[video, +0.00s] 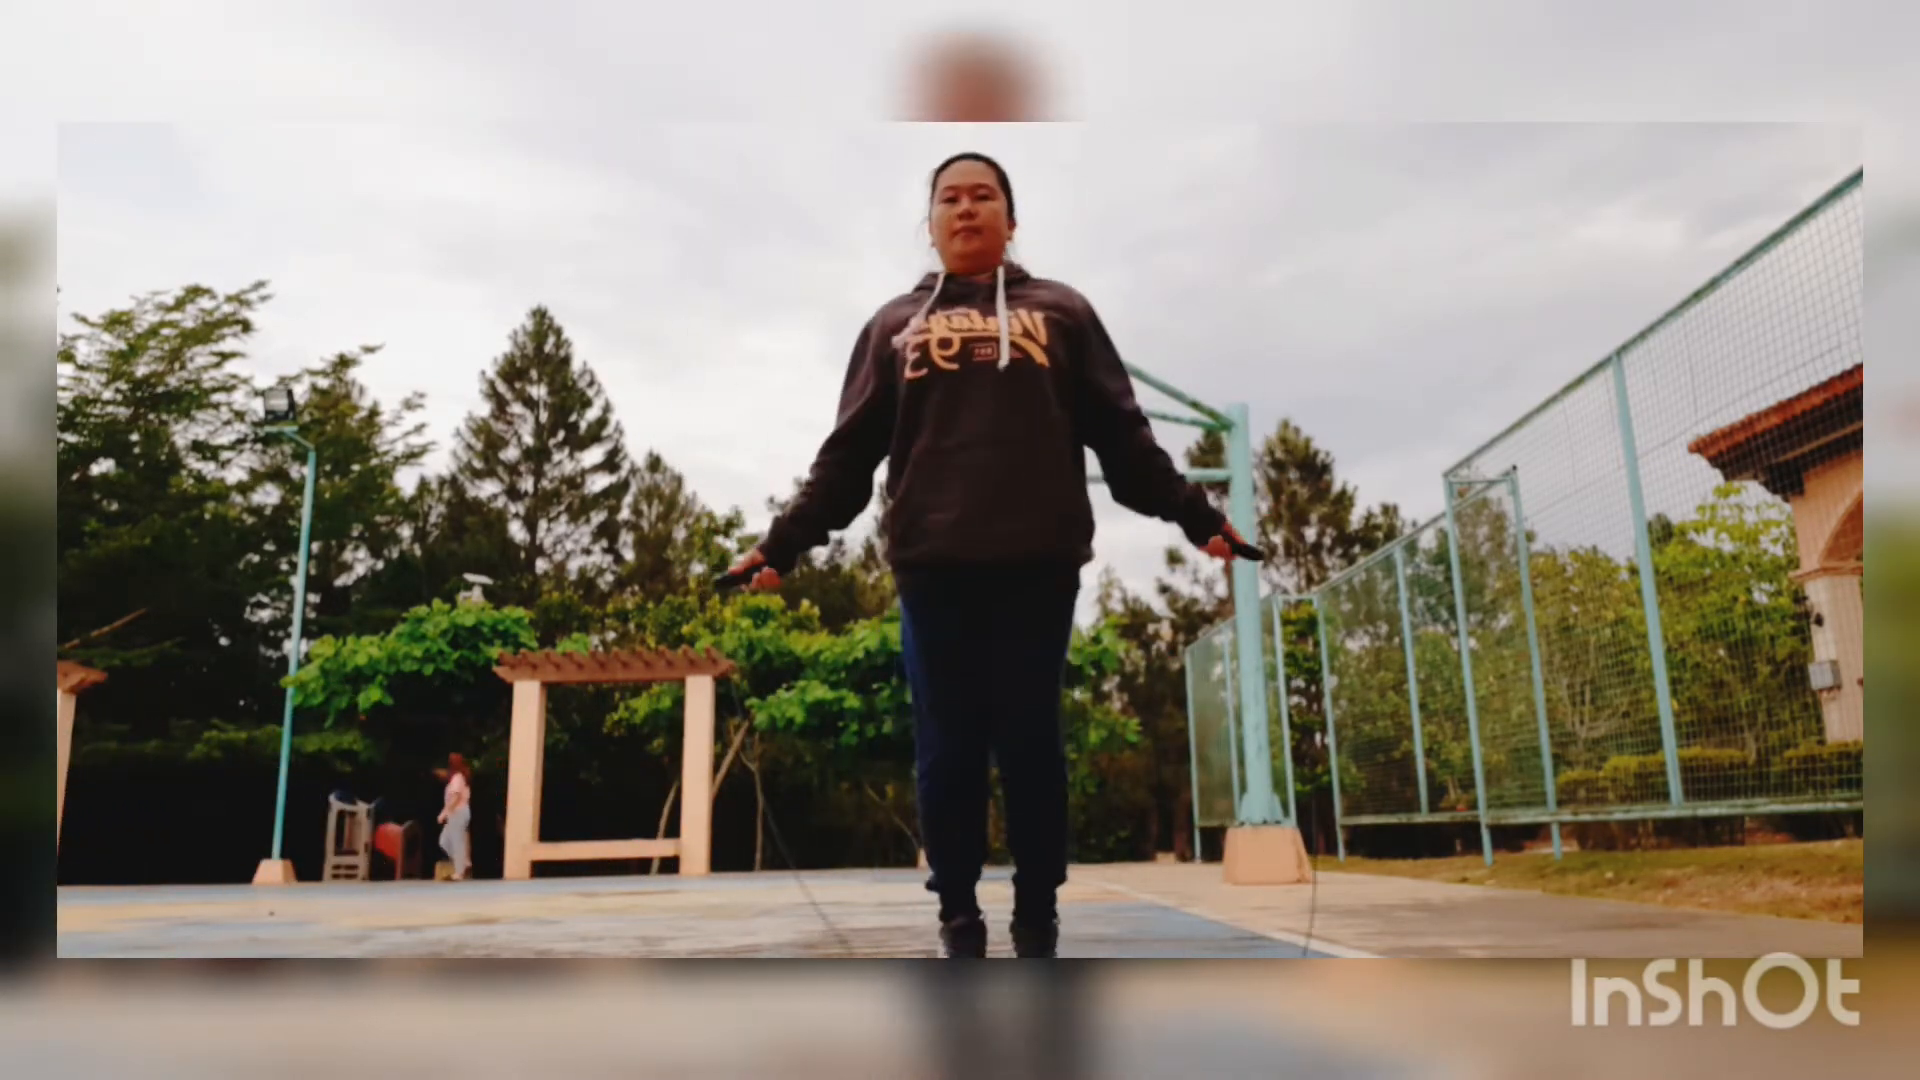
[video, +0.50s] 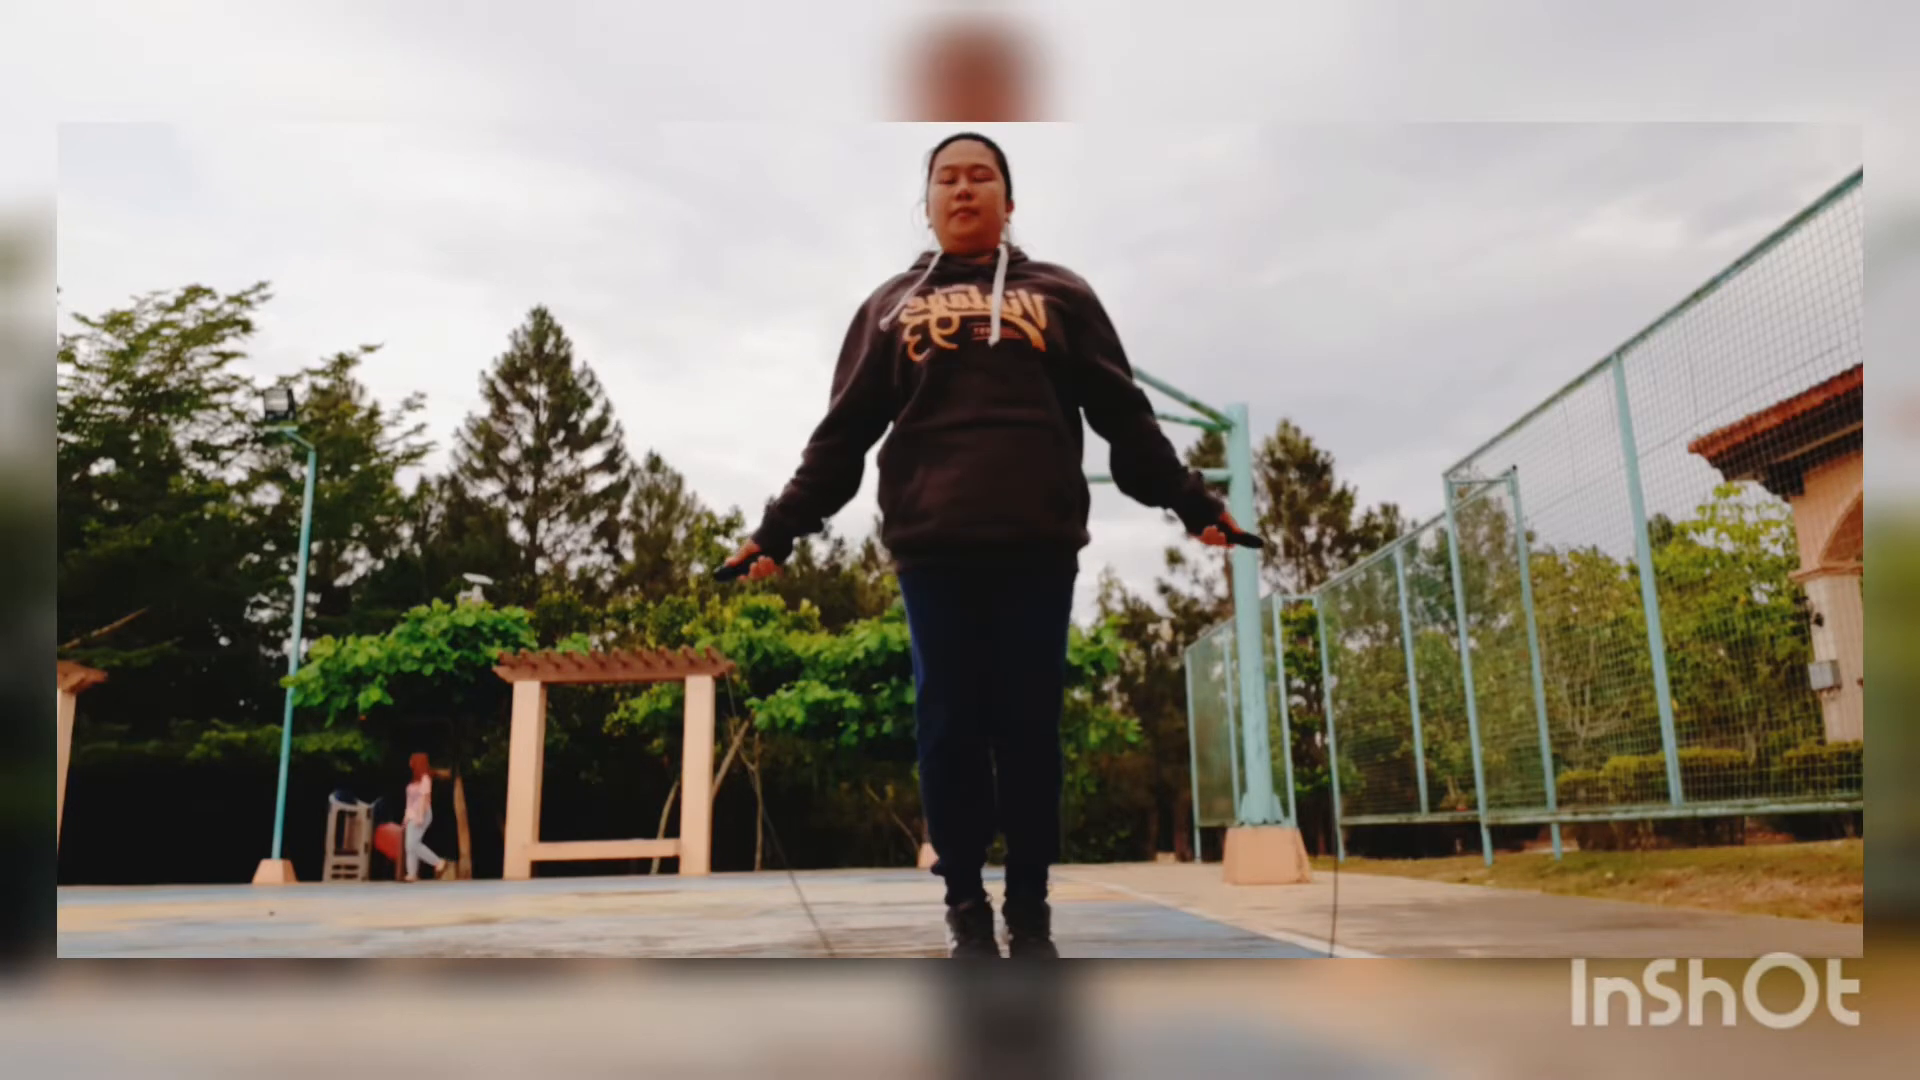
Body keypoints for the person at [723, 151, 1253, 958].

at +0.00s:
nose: (966, 209)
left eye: (982, 197)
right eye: (952, 199)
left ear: (1010, 220)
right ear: (931, 223)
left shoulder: (1062, 311)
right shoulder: (895, 325)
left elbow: (1122, 435)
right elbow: (849, 452)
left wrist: (1195, 513)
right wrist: (782, 544)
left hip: (1039, 558)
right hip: (934, 563)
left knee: (1031, 738)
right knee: (947, 744)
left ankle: (1036, 923)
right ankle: (960, 925)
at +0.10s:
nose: (966, 206)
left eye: (982, 194)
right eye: (951, 196)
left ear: (1009, 215)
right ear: (930, 218)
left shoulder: (1055, 311)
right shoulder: (892, 325)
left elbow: (1121, 437)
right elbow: (840, 451)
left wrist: (1210, 486)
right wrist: (759, 515)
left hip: (1042, 564)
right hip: (936, 569)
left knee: (1039, 750)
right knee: (952, 751)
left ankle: (1040, 931)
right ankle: (967, 932)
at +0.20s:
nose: (966, 247)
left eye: (982, 235)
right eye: (950, 236)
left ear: (1009, 259)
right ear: (930, 262)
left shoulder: (1058, 356)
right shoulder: (897, 366)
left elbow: (1119, 468)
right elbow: (843, 487)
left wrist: (1231, 462)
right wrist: (736, 500)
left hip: (1044, 605)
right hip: (936, 609)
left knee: (1040, 783)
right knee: (951, 785)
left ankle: (1050, 951)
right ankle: (953, 956)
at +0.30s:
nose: (967, 283)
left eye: (983, 272)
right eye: (951, 274)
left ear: (1010, 300)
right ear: (930, 301)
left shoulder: (1058, 389)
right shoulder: (897, 402)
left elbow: (1127, 498)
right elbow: (846, 513)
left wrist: (1225, 457)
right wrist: (754, 490)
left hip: (1044, 650)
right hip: (935, 654)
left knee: (1044, 831)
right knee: (947, 832)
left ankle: (1049, 970)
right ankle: (956, 975)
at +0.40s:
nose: (965, 222)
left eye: (980, 210)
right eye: (951, 212)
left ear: (1009, 235)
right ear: (929, 239)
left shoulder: (1058, 325)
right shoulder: (892, 340)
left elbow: (1118, 438)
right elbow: (850, 460)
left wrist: (1208, 488)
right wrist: (777, 521)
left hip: (1040, 582)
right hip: (932, 587)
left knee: (1042, 764)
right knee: (947, 764)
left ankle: (1043, 935)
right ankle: (957, 935)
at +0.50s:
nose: (964, 188)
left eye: (980, 177)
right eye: (950, 178)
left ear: (1008, 201)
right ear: (928, 202)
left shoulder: (1060, 293)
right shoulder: (892, 305)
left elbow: (1122, 413)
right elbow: (844, 432)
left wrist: (1190, 499)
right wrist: (780, 531)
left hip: (1038, 538)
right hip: (933, 542)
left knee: (1031, 720)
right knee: (950, 721)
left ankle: (1029, 914)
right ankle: (968, 912)